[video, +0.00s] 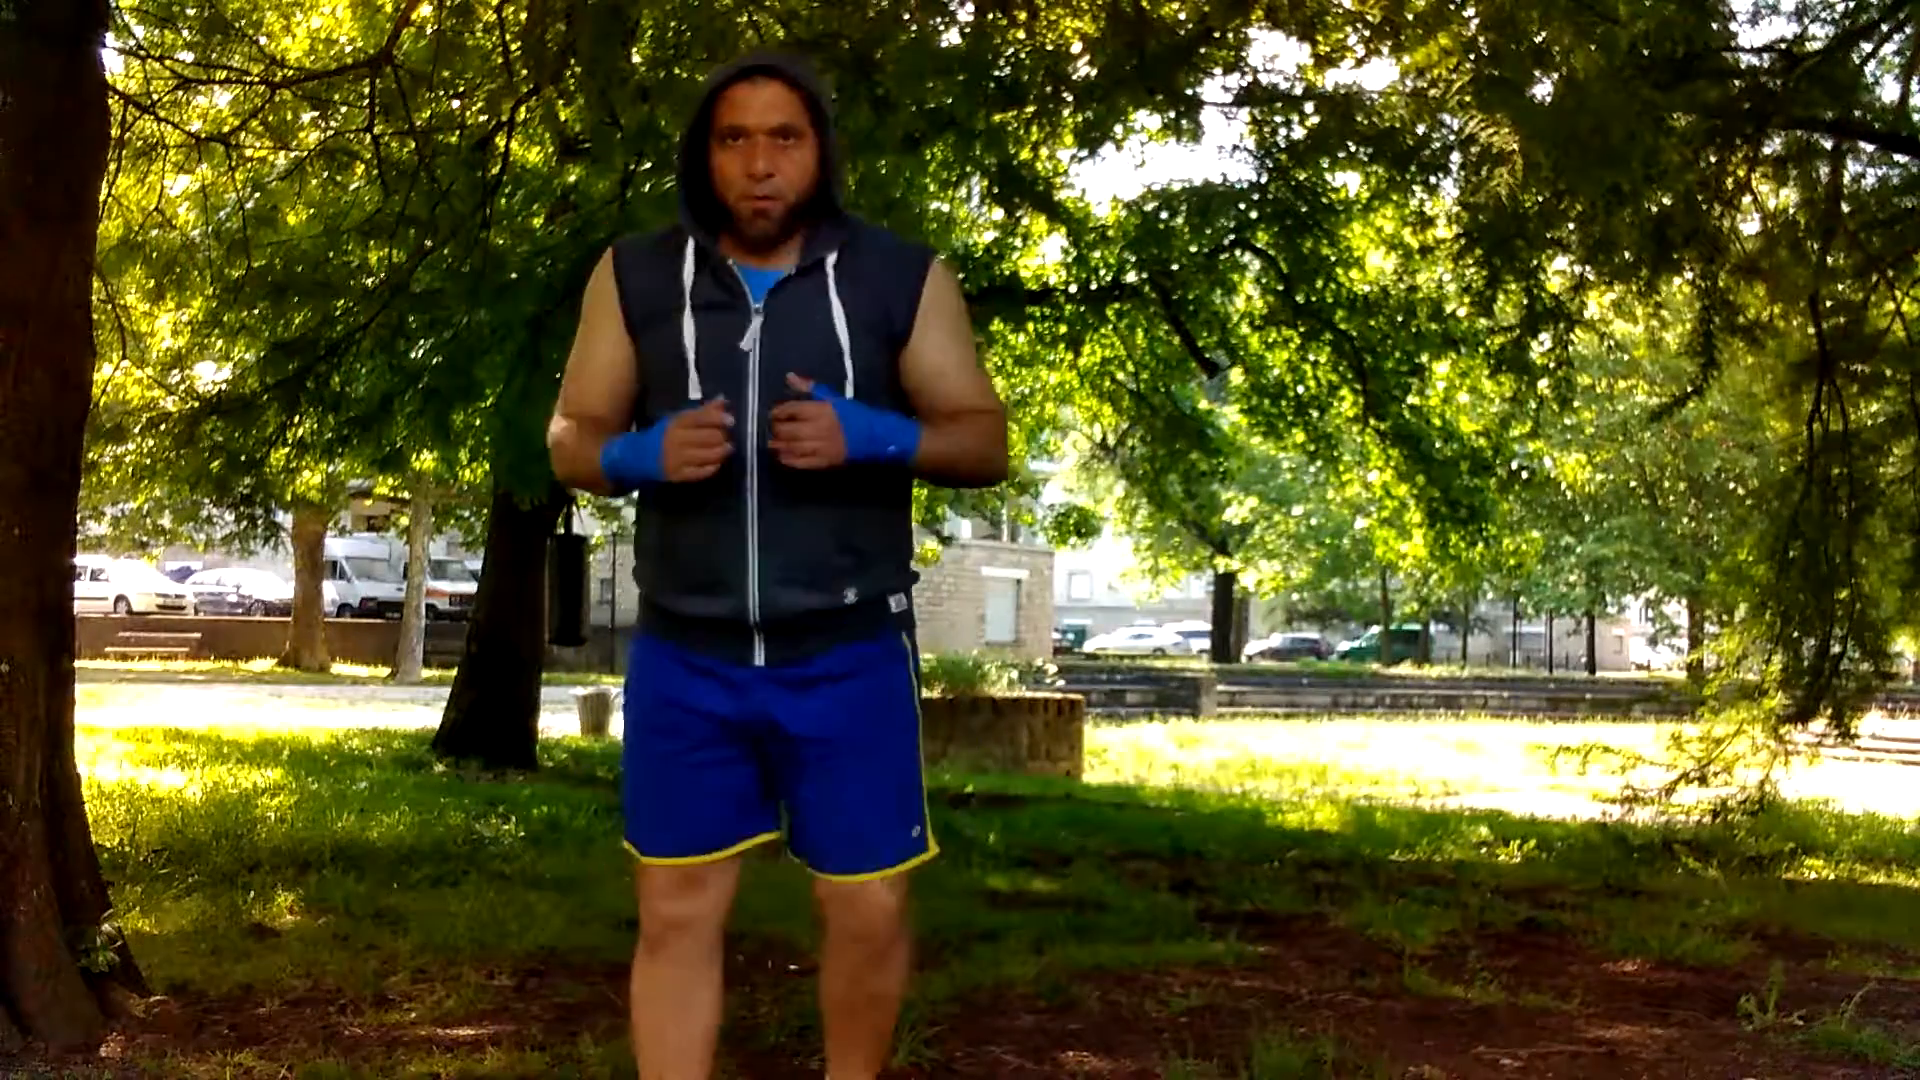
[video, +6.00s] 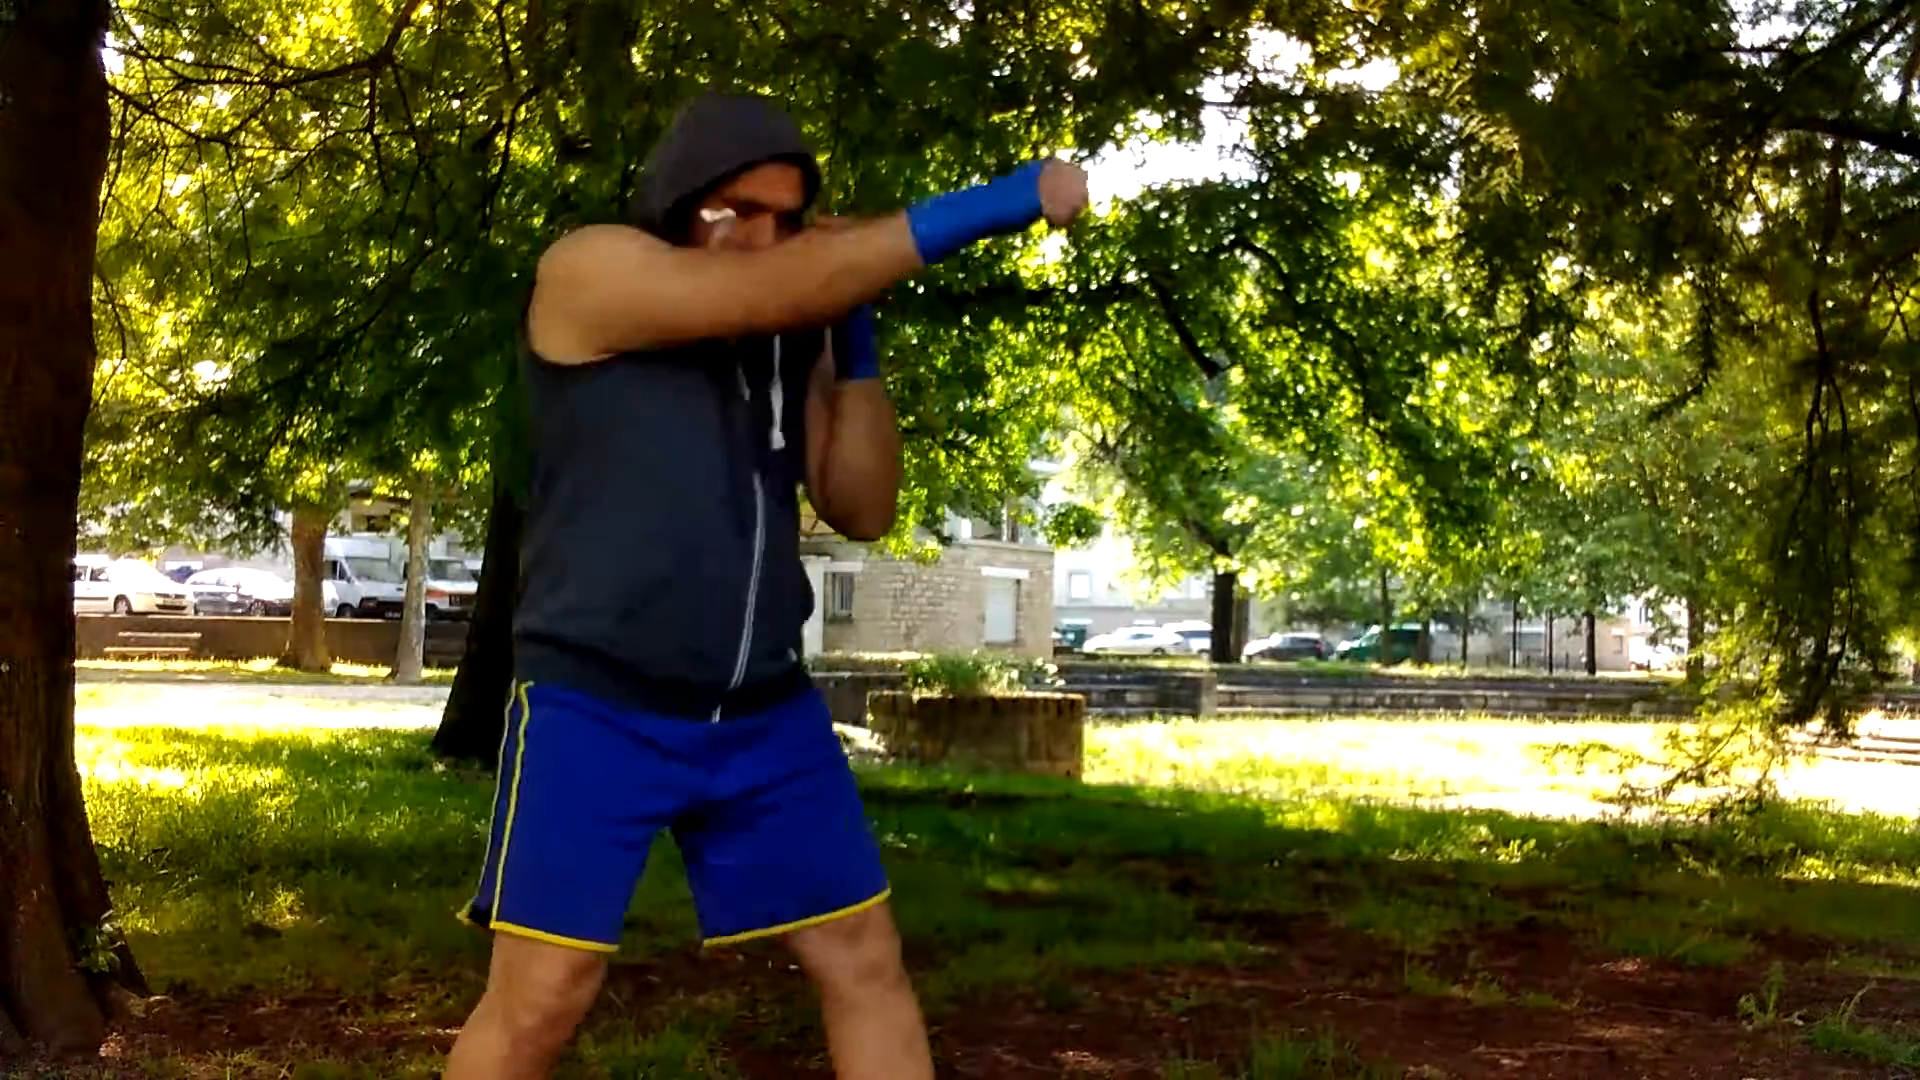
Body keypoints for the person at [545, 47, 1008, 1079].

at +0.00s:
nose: (760, 160)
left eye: (784, 137)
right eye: (736, 139)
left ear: (822, 152)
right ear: (704, 156)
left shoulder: (901, 279)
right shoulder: (634, 277)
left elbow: (987, 445)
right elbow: (569, 441)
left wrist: (868, 434)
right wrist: (645, 452)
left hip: (851, 659)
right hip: (684, 658)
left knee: (869, 915)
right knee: (674, 911)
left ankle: (851, 1075)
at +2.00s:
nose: (701, 249)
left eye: (715, 232)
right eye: (682, 225)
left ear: (724, 240)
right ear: (626, 218)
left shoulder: (720, 353)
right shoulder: (544, 320)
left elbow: (803, 484)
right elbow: (700, 365)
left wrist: (869, 409)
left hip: (707, 679)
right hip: (566, 671)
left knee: (752, 907)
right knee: (519, 921)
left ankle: (779, 1078)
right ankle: (460, 1075)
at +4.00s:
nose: (813, 236)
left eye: (832, 217)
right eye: (793, 205)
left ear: (844, 230)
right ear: (731, 196)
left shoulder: (847, 333)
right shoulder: (620, 316)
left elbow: (927, 527)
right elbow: (633, 510)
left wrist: (953, 391)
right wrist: (804, 436)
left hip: (815, 705)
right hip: (644, 707)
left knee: (925, 935)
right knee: (563, 986)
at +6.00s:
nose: (774, 241)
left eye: (791, 221)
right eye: (750, 213)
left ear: (805, 223)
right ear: (686, 209)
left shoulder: (794, 328)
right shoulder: (586, 271)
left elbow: (862, 511)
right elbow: (785, 287)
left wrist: (856, 318)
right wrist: (998, 200)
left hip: (766, 708)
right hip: (594, 705)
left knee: (864, 957)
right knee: (540, 996)